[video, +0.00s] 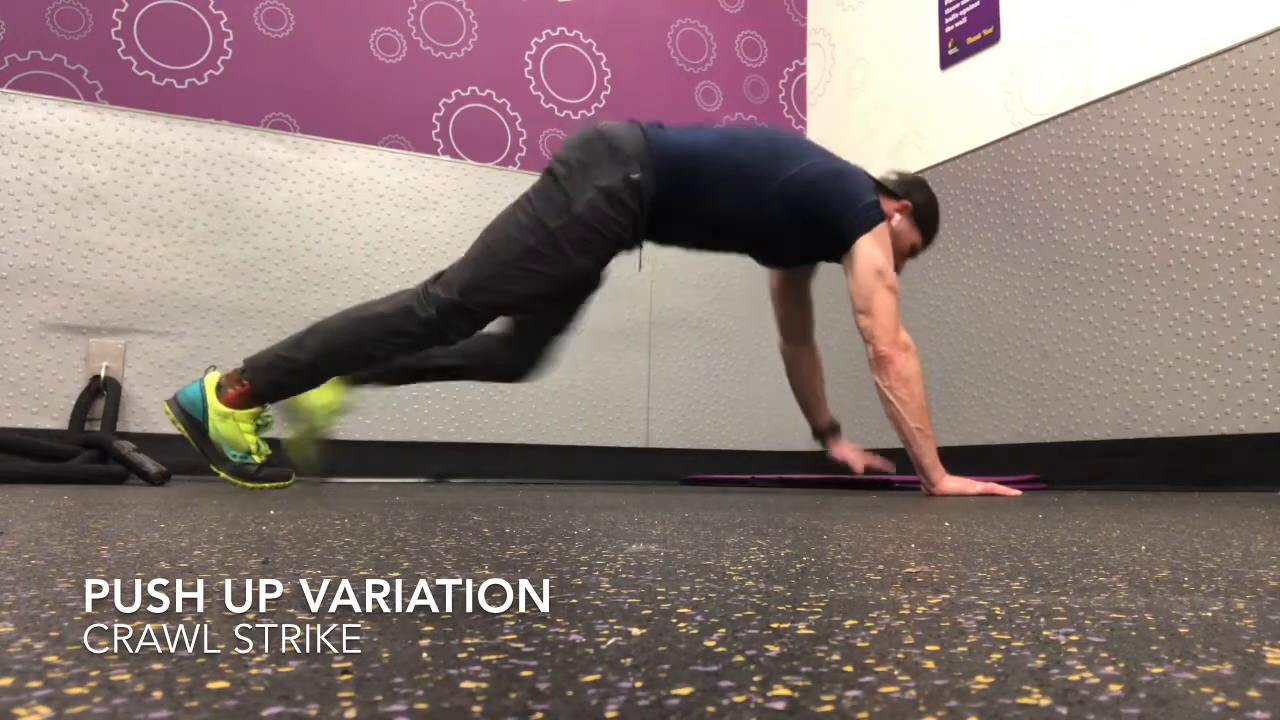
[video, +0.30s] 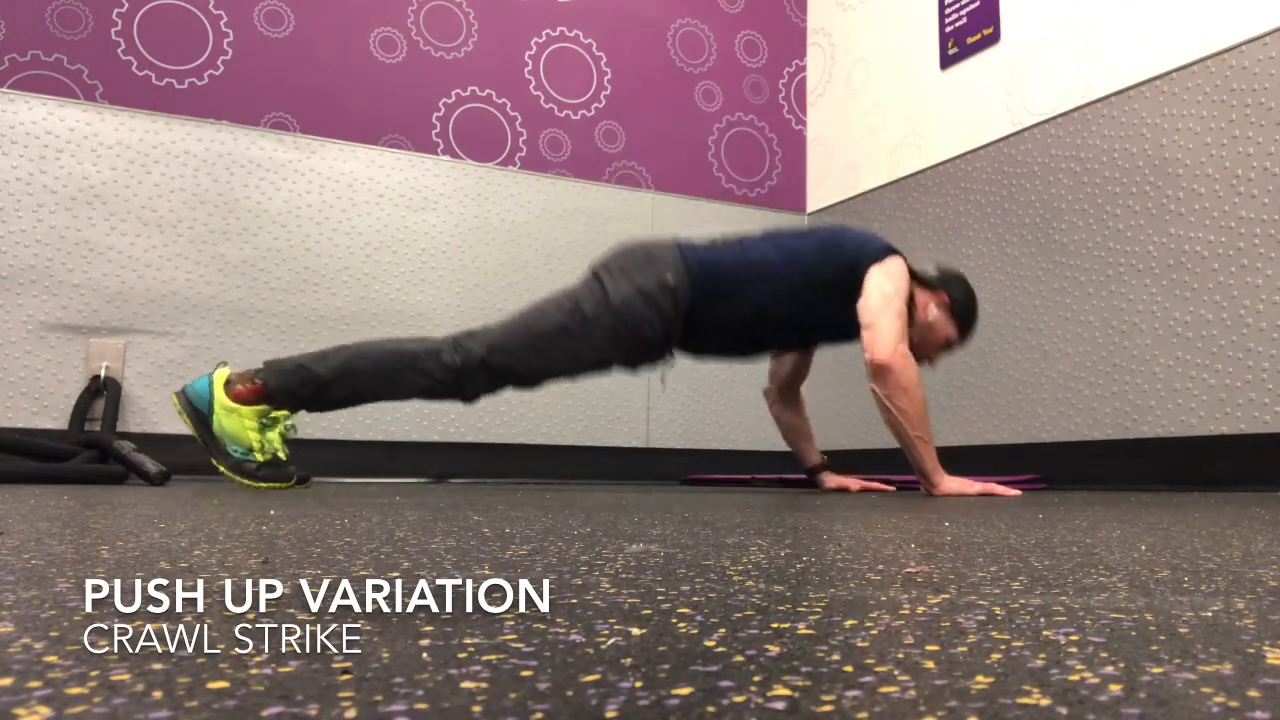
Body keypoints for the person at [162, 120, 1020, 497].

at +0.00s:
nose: (893, 270)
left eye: (903, 257)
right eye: (906, 251)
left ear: (878, 208)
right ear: (900, 216)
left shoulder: (804, 223)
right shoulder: (864, 208)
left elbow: (797, 343)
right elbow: (888, 348)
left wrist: (833, 441)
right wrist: (937, 472)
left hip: (621, 203)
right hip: (615, 174)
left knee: (513, 356)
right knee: (448, 307)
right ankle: (230, 389)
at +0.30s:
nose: (916, 350)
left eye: (933, 346)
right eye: (933, 337)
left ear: (906, 304)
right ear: (926, 292)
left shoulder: (841, 291)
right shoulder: (887, 265)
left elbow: (783, 391)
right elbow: (892, 362)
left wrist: (817, 471)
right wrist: (935, 476)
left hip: (660, 304)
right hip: (657, 292)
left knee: (472, 364)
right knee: (468, 365)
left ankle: (261, 390)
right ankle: (248, 391)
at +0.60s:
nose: (945, 423)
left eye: (958, 427)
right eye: (958, 411)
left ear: (950, 410)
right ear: (955, 373)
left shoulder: (870, 359)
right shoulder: (916, 335)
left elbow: (787, 402)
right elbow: (894, 362)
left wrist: (814, 470)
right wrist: (938, 474)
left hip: (684, 391)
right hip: (683, 370)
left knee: (489, 407)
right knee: (486, 407)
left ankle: (279, 394)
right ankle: (266, 384)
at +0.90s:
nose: (969, 455)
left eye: (978, 455)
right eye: (976, 443)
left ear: (963, 436)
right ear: (963, 413)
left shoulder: (881, 410)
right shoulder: (914, 378)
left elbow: (770, 459)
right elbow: (903, 369)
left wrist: (832, 479)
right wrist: (938, 476)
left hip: (692, 427)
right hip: (693, 406)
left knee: (491, 432)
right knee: (490, 426)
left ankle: (289, 407)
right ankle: (278, 385)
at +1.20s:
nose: (950, 422)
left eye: (962, 422)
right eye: (961, 411)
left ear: (954, 400)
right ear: (958, 371)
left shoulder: (871, 350)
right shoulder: (922, 335)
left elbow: (787, 392)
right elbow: (897, 360)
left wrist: (815, 469)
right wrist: (936, 473)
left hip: (686, 384)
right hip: (686, 368)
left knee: (491, 407)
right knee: (488, 407)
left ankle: (282, 390)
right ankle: (273, 382)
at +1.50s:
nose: (907, 326)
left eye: (920, 316)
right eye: (919, 309)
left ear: (896, 276)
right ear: (914, 269)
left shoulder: (824, 278)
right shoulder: (873, 247)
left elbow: (788, 384)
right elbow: (894, 355)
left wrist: (819, 469)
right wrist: (935, 473)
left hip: (640, 255)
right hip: (653, 238)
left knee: (501, 353)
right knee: (578, 381)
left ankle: (291, 401)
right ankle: (374, 360)